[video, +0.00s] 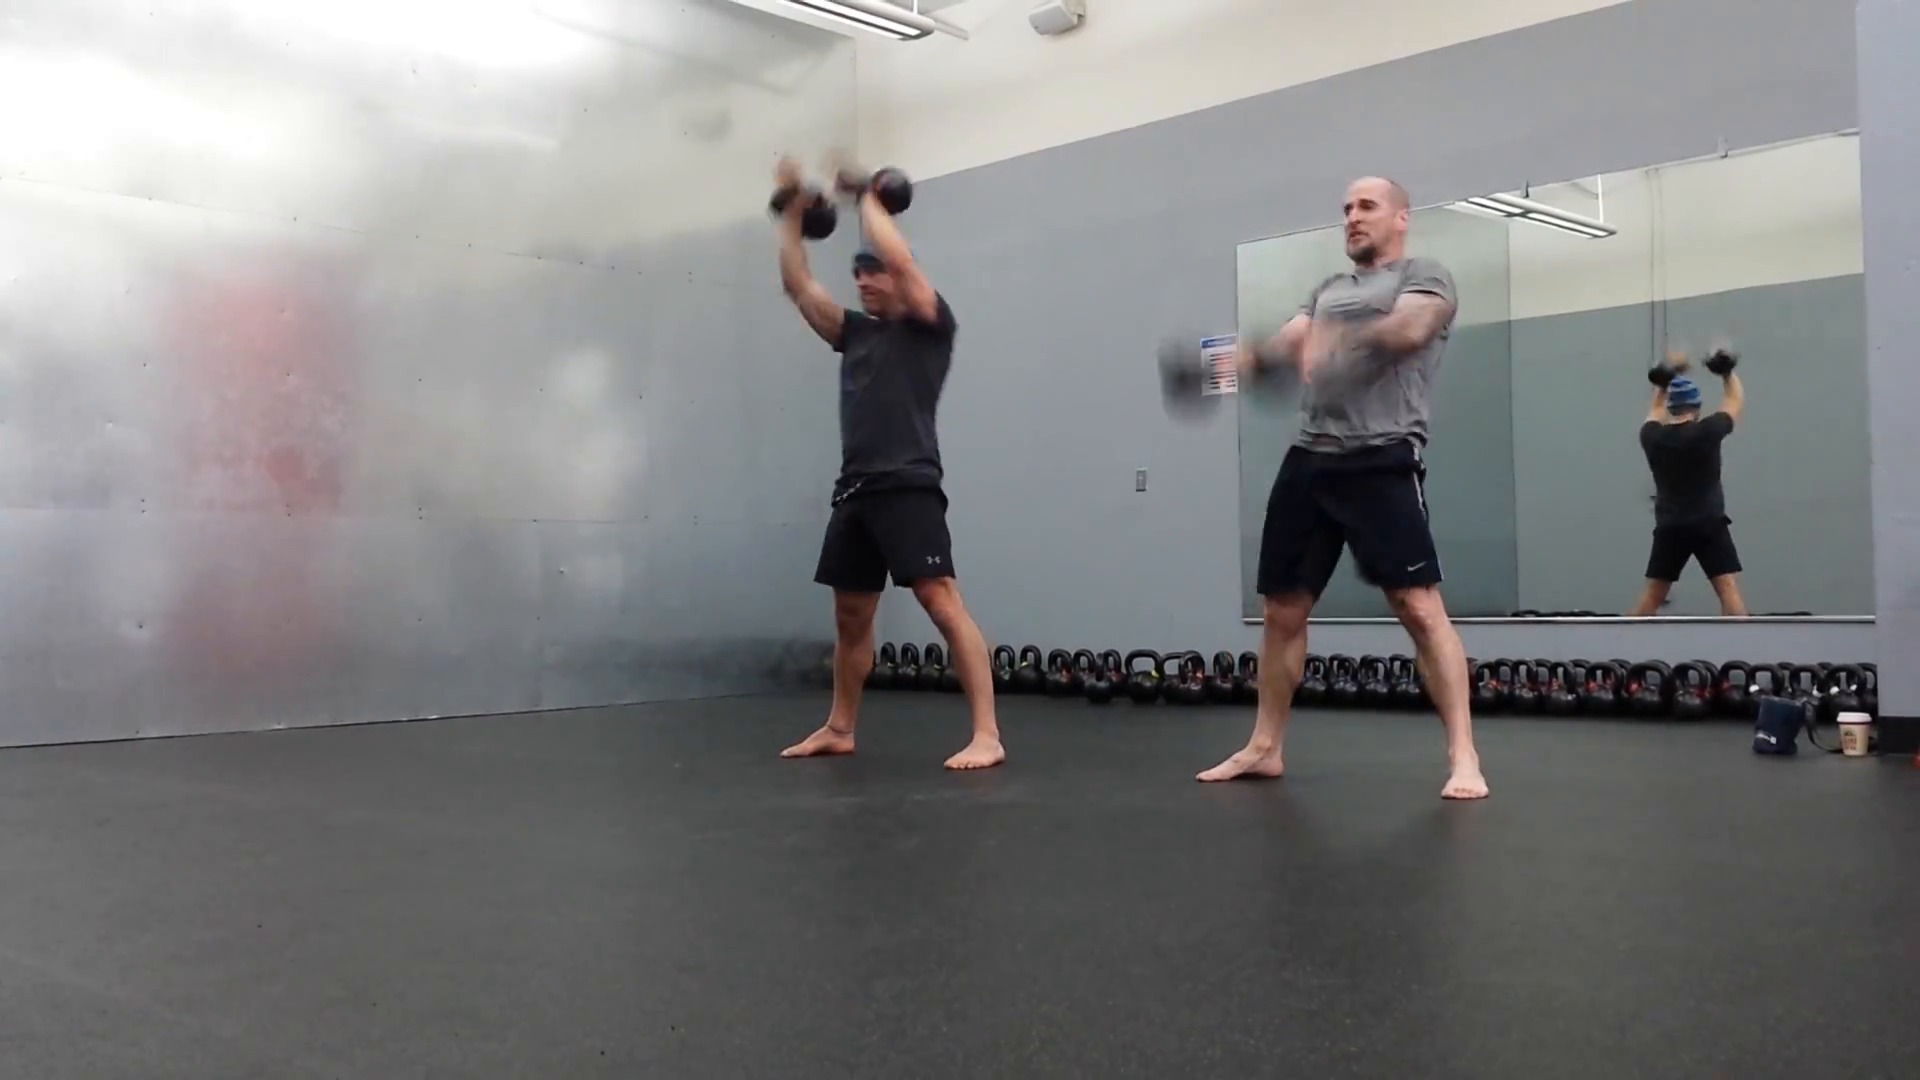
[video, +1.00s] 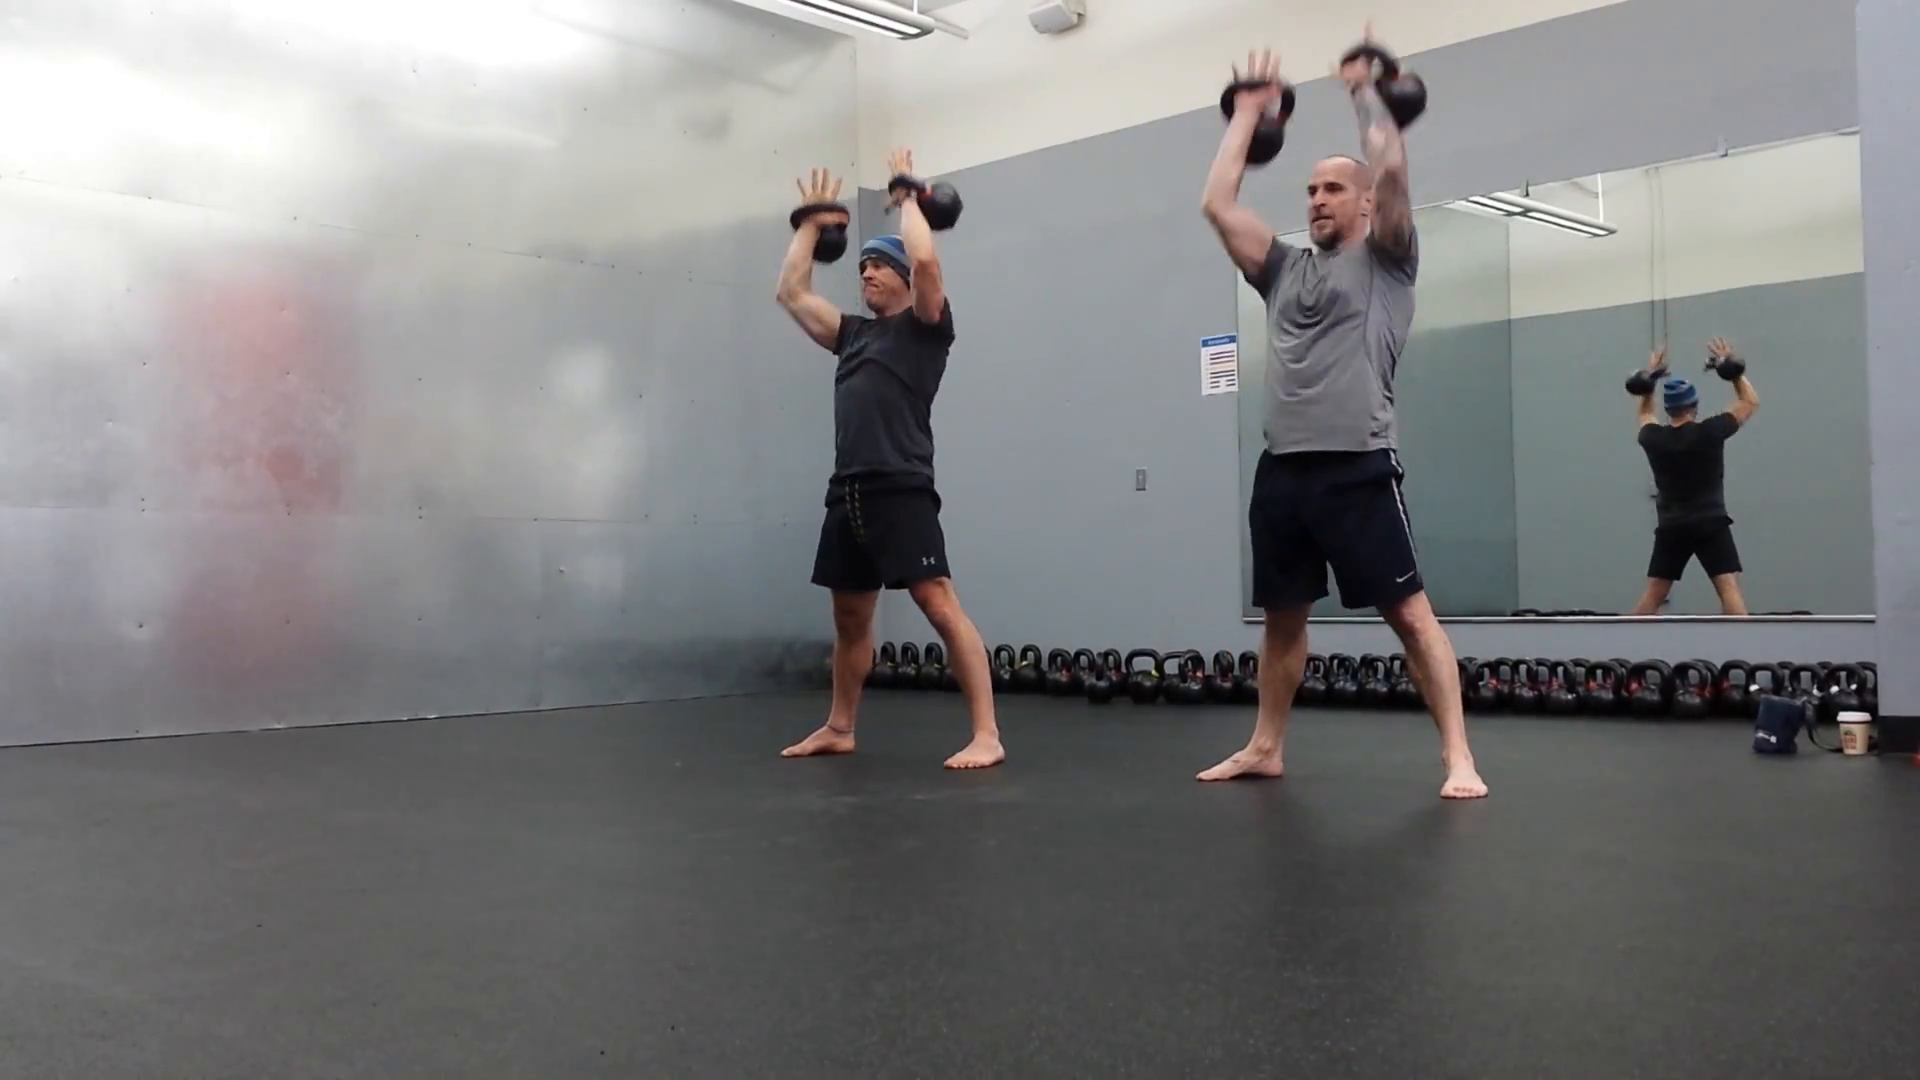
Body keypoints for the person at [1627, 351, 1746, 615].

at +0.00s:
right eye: (1696, 404)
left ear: (1669, 407)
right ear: (1697, 406)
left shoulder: (1652, 437)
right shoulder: (1709, 431)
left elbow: (1656, 408)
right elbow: (1734, 401)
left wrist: (1660, 382)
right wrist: (1727, 371)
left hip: (1670, 528)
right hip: (1708, 525)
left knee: (1652, 597)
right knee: (1728, 593)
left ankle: (1622, 651)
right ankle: (1746, 651)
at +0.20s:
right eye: (1706, 406)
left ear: (1680, 408)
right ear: (1709, 407)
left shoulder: (1662, 433)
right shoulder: (1717, 428)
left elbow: (1654, 392)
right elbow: (1727, 381)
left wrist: (1657, 356)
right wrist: (1719, 340)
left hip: (1673, 524)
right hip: (1712, 522)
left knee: (1653, 596)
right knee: (1729, 592)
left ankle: (1616, 646)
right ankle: (1749, 653)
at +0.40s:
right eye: (1705, 404)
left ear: (1678, 408)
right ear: (1708, 405)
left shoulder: (1663, 435)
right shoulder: (1717, 426)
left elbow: (1653, 392)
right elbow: (1726, 379)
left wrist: (1656, 353)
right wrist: (1717, 337)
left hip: (1676, 524)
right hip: (1714, 520)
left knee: (1656, 594)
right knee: (1731, 592)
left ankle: (1626, 649)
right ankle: (1748, 656)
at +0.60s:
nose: (1702, 410)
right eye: (1703, 406)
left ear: (1677, 411)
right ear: (1707, 408)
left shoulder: (1662, 436)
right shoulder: (1716, 429)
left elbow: (1652, 394)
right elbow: (1727, 382)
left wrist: (1653, 353)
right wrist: (1718, 342)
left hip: (1676, 526)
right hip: (1714, 523)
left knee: (1655, 595)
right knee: (1730, 591)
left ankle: (1628, 651)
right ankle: (1747, 652)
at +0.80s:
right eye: (1697, 405)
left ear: (1673, 411)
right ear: (1702, 407)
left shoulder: (1660, 438)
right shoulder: (1714, 429)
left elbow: (1648, 395)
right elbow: (1736, 385)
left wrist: (1651, 357)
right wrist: (1724, 349)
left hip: (1675, 526)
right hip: (1713, 523)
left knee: (1656, 594)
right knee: (1729, 590)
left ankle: (1628, 650)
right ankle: (1746, 651)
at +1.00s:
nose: (1694, 409)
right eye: (1694, 405)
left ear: (1667, 410)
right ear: (1694, 407)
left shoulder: (1653, 438)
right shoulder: (1712, 431)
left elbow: (1646, 412)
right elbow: (1750, 402)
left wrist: (1649, 379)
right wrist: (1732, 368)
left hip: (1672, 527)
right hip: (1710, 525)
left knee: (1653, 595)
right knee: (1728, 590)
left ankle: (1622, 647)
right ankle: (1748, 648)